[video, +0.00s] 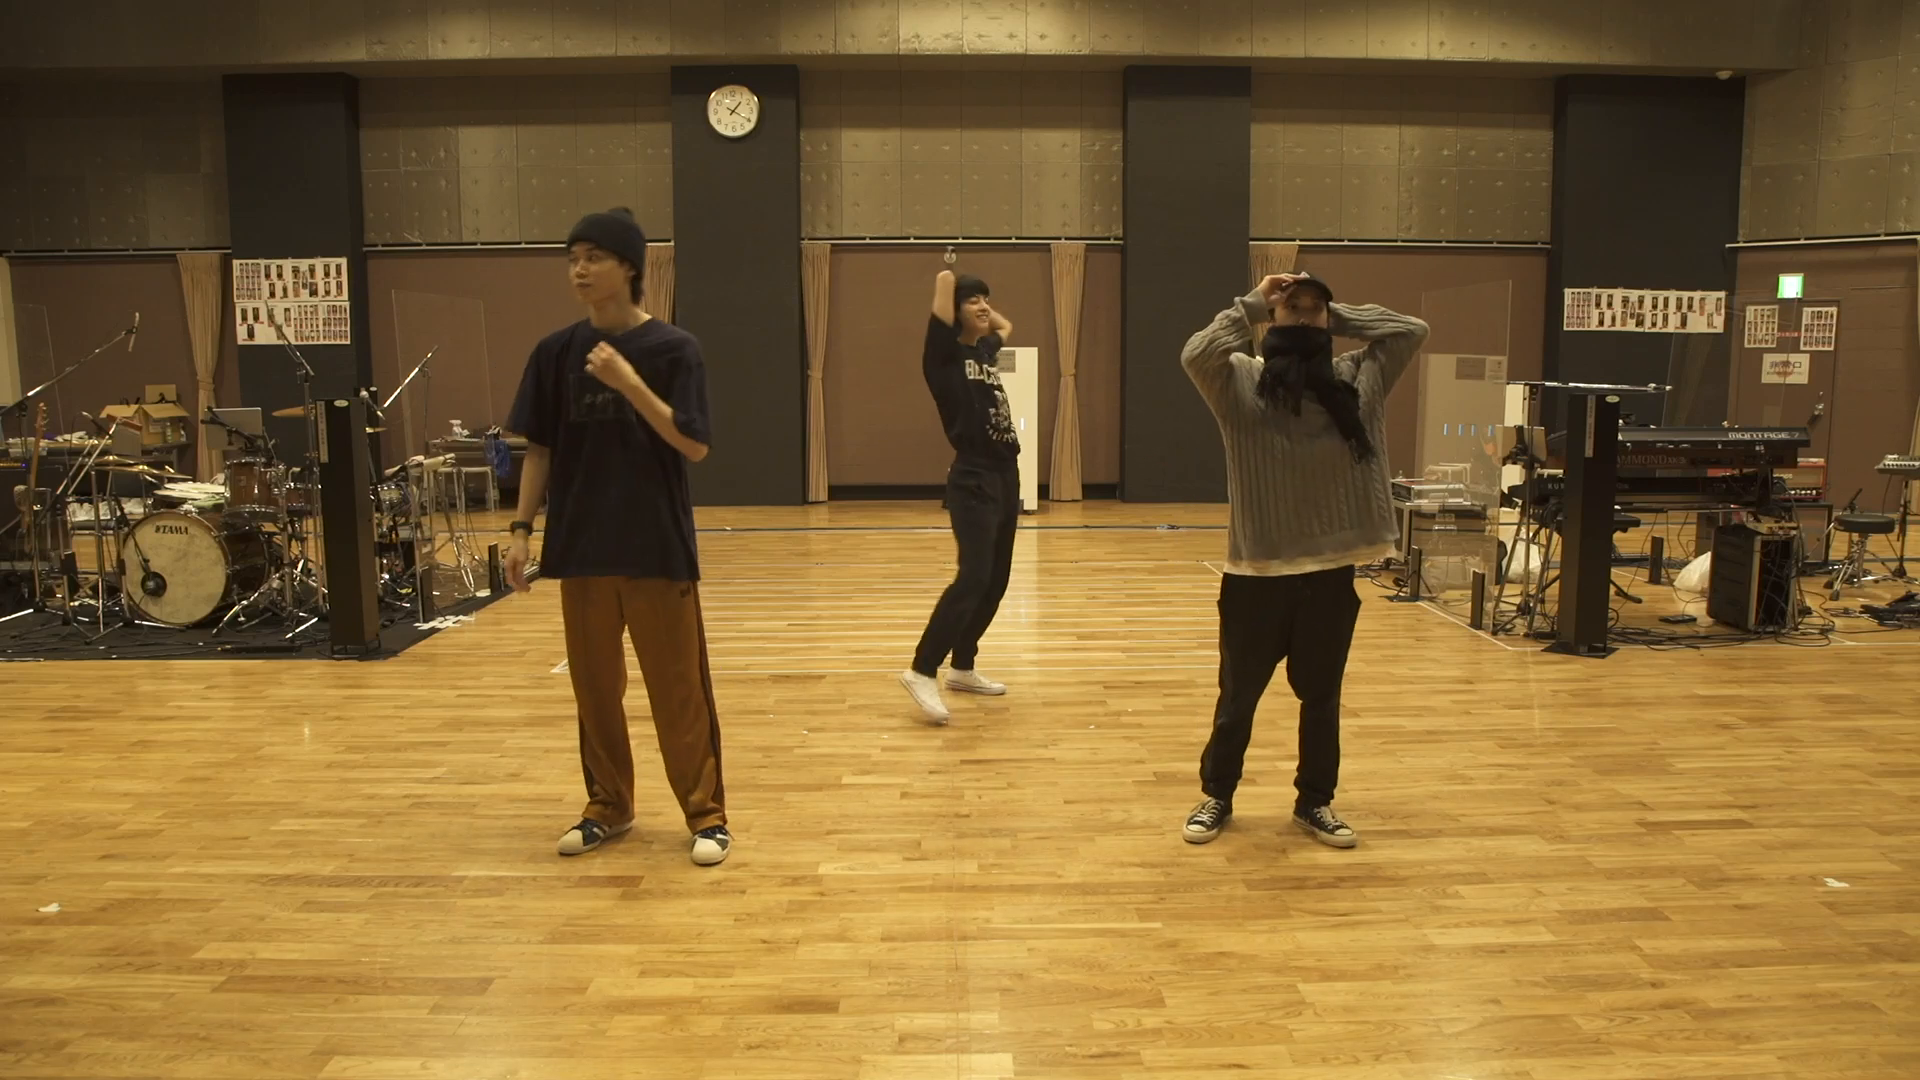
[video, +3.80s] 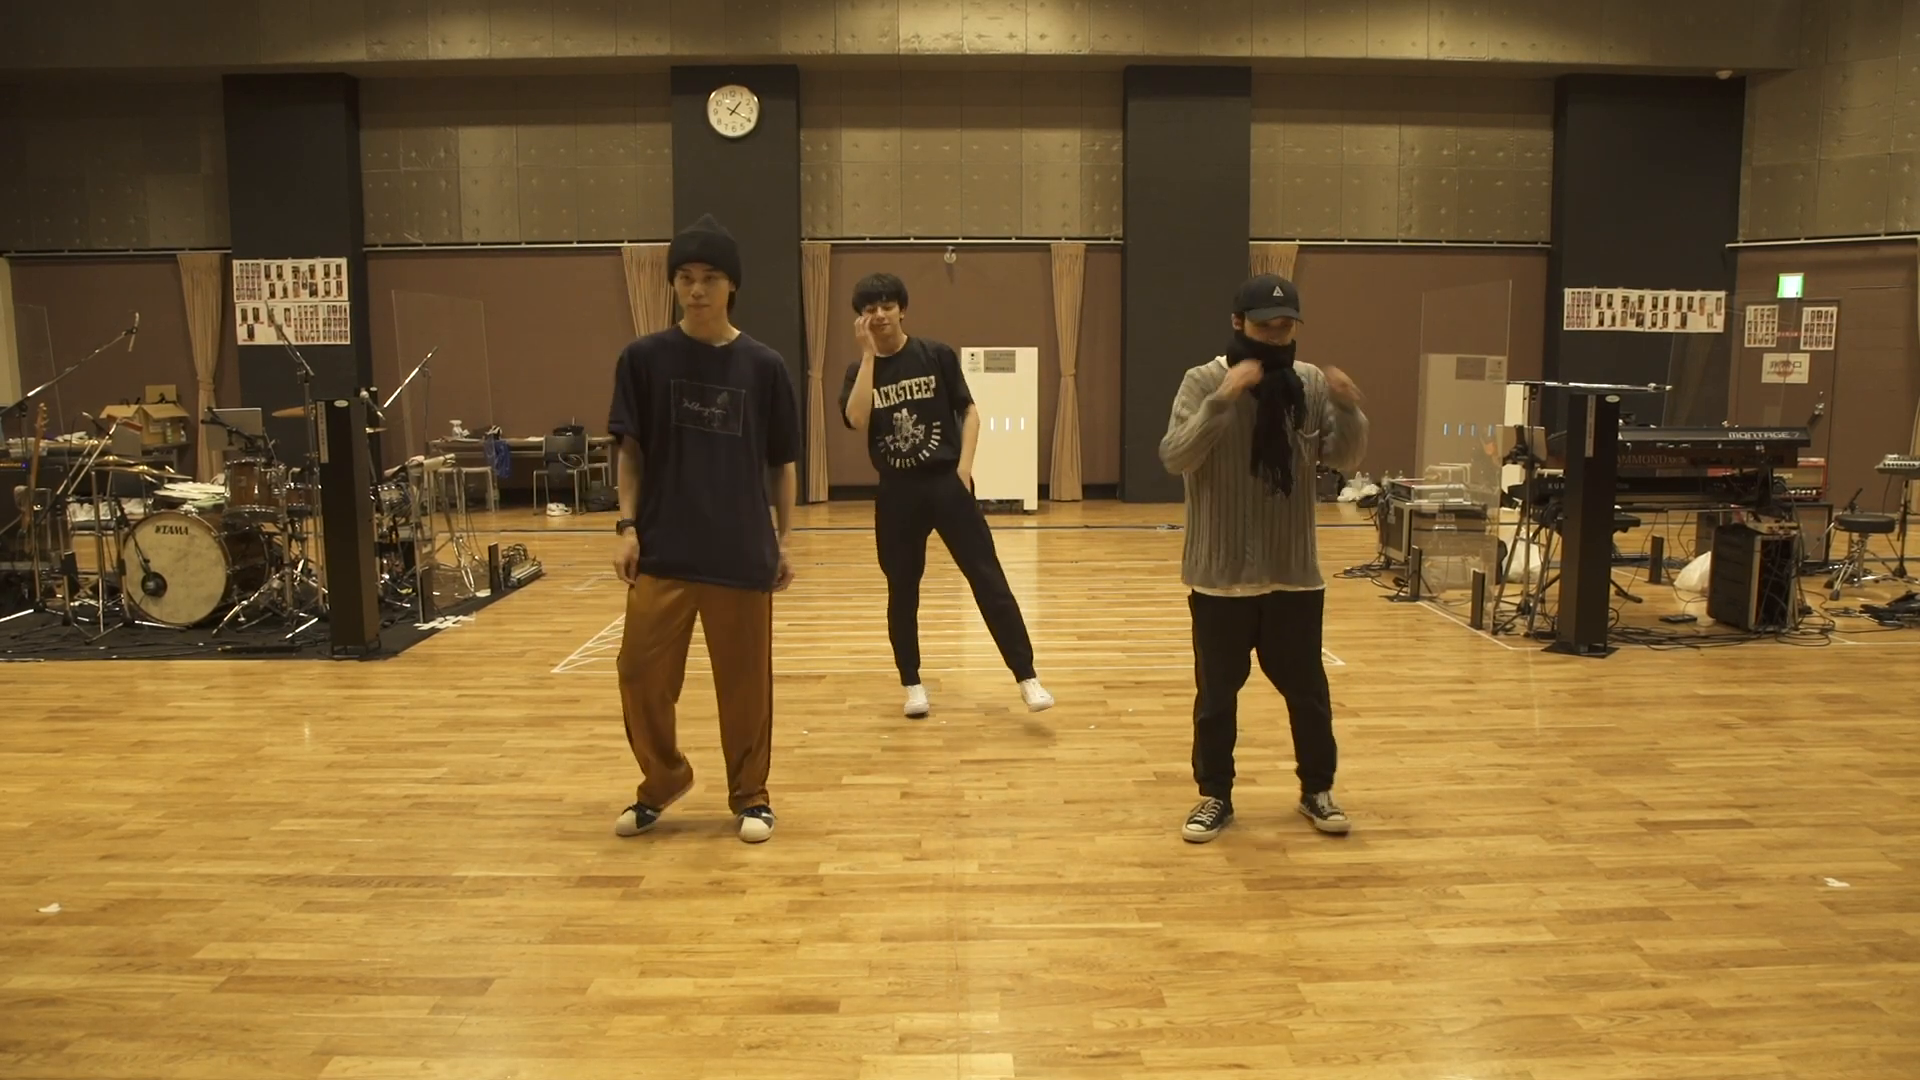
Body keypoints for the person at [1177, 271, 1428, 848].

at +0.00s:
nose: (1297, 319)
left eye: (1310, 310)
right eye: (1288, 310)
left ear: (1329, 326)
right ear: (1267, 326)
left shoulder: (1358, 382)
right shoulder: (1238, 385)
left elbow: (1412, 330)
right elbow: (1196, 356)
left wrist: (1332, 313)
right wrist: (1254, 306)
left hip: (1329, 576)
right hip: (1254, 577)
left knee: (1321, 701)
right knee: (1237, 700)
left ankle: (1315, 804)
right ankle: (1216, 800)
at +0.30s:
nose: (1305, 323)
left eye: (1316, 313)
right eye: (1293, 313)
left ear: (1333, 323)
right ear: (1270, 325)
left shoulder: (1359, 388)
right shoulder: (1246, 392)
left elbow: (1413, 399)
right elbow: (1200, 401)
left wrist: (1363, 335)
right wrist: (1255, 336)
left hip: (1332, 576)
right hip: (1258, 576)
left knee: (1321, 700)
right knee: (1238, 698)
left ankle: (1315, 804)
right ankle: (1218, 800)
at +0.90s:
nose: (1281, 314)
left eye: (1292, 305)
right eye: (1270, 306)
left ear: (1308, 315)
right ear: (1250, 316)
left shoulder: (1334, 385)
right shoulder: (1225, 378)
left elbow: (1357, 465)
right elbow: (1203, 432)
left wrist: (1323, 398)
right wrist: (1273, 382)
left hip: (1310, 572)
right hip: (1234, 570)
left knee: (1311, 697)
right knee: (1227, 696)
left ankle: (1314, 803)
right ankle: (1215, 799)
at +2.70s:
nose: (1284, 322)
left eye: (1293, 312)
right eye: (1272, 311)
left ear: (1305, 320)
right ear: (1249, 318)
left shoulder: (1331, 392)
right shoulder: (1218, 387)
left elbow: (1350, 474)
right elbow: (1201, 472)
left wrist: (1319, 480)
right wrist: (1260, 442)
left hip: (1304, 574)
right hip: (1230, 573)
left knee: (1307, 697)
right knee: (1223, 697)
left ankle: (1314, 805)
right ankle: (1215, 801)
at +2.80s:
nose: (1285, 321)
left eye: (1294, 311)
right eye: (1273, 311)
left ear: (1305, 319)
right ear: (1249, 317)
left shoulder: (1331, 393)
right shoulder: (1216, 392)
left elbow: (1350, 475)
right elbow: (1190, 472)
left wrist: (1367, 519)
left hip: (1304, 578)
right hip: (1230, 577)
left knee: (1307, 698)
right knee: (1223, 699)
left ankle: (1314, 804)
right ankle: (1215, 800)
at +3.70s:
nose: (1280, 336)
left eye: (1289, 326)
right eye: (1268, 325)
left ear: (1300, 328)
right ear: (1240, 325)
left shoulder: (1316, 388)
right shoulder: (1202, 390)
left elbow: (1344, 461)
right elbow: (1163, 470)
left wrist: (1383, 476)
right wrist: (1182, 485)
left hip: (1292, 580)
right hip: (1219, 581)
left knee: (1309, 697)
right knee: (1215, 700)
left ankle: (1319, 802)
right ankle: (1214, 799)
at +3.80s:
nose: (1278, 334)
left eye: (1287, 324)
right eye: (1267, 324)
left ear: (1298, 328)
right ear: (1239, 323)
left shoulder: (1310, 385)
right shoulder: (1203, 382)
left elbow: (1344, 458)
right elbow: (1175, 457)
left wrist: (1349, 407)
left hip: (1293, 572)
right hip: (1219, 573)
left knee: (1307, 689)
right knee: (1215, 693)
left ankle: (1318, 792)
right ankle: (1214, 797)